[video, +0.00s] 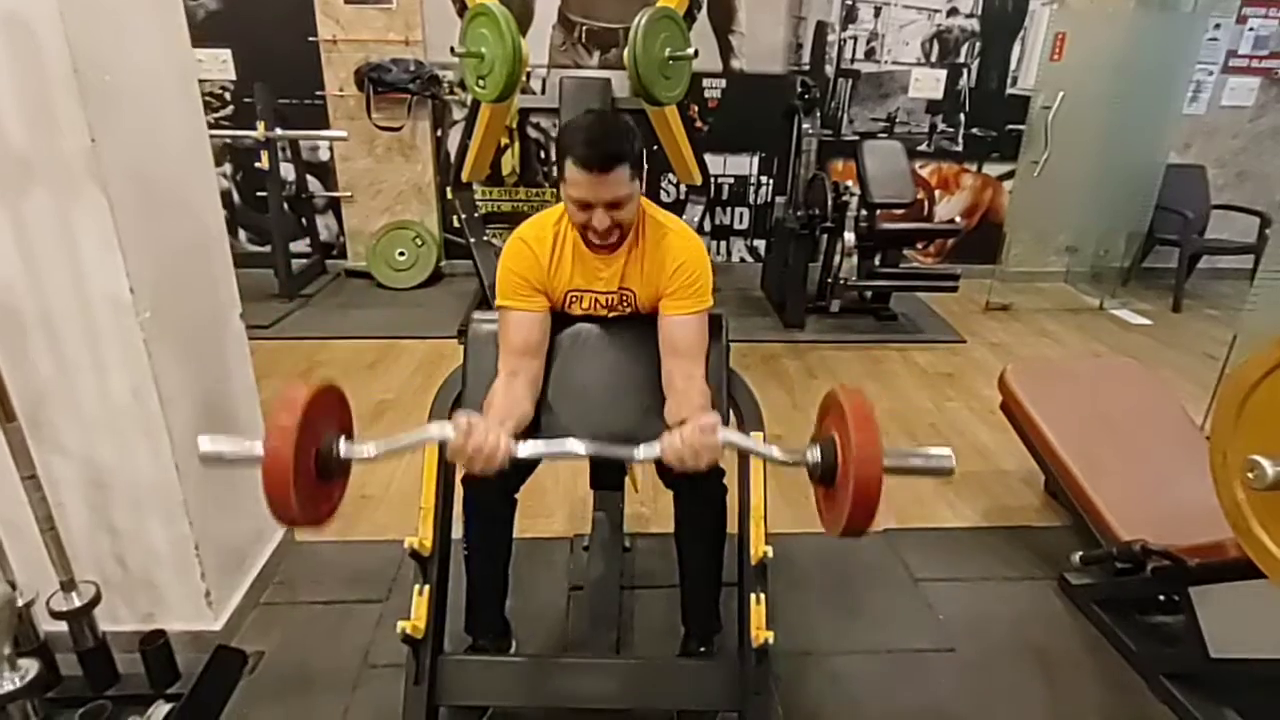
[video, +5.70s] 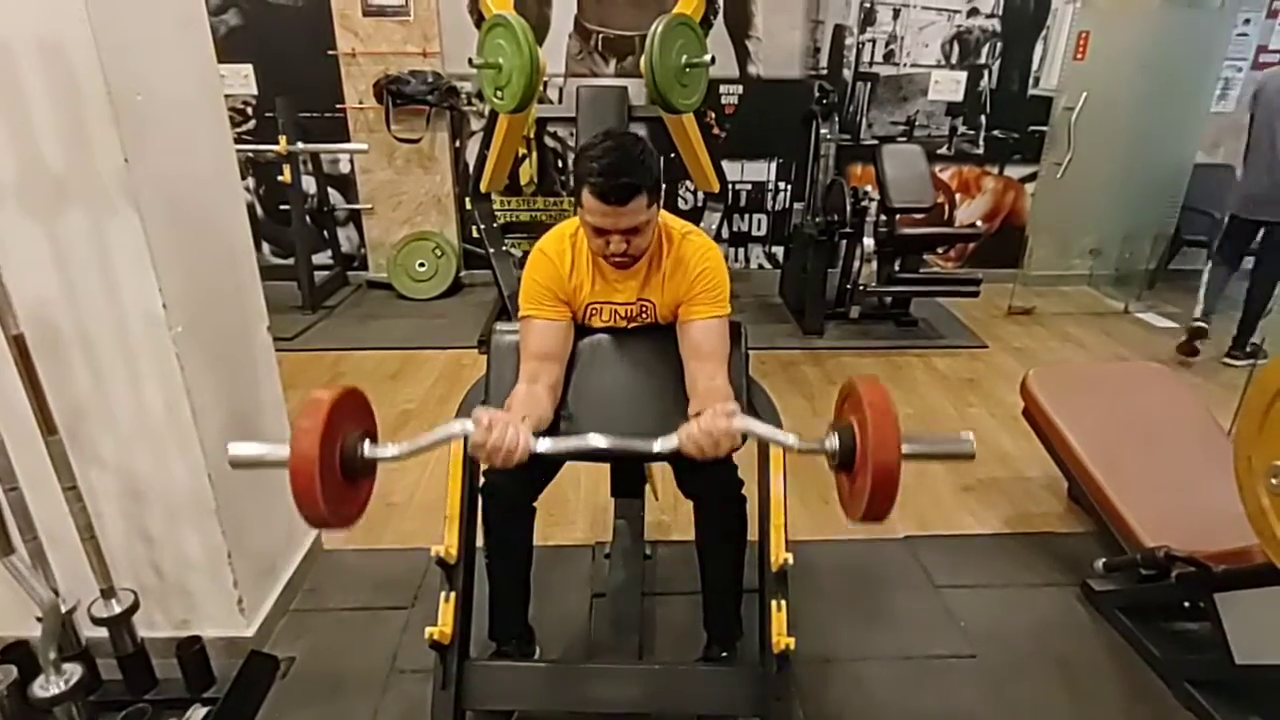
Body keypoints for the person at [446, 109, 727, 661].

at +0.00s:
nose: (600, 222)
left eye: (617, 204)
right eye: (583, 206)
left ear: (640, 184)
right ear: (562, 186)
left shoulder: (680, 251)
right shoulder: (530, 247)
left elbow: (686, 375)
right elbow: (516, 369)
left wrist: (693, 432)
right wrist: (494, 428)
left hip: (648, 391)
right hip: (556, 390)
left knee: (701, 469)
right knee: (486, 468)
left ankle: (701, 640)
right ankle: (486, 639)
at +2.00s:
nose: (617, 212)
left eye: (631, 194)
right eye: (600, 196)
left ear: (656, 183)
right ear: (577, 187)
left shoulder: (696, 249)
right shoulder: (551, 251)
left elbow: (710, 357)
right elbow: (544, 366)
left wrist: (712, 381)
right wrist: (516, 389)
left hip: (671, 392)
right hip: (579, 393)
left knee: (720, 475)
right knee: (508, 478)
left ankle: (725, 636)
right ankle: (514, 636)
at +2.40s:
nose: (618, 233)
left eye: (634, 216)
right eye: (600, 217)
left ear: (656, 197)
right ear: (581, 200)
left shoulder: (691, 248)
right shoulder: (555, 249)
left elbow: (709, 400)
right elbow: (542, 403)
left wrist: (711, 312)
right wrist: (527, 308)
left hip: (669, 381)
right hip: (578, 379)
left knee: (721, 479)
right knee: (509, 480)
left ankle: (724, 641)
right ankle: (515, 641)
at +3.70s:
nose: (647, 242)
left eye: (656, 228)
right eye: (629, 234)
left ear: (668, 201)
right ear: (590, 211)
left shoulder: (695, 248)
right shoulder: (548, 250)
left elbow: (708, 404)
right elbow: (538, 396)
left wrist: (704, 372)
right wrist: (514, 368)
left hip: (665, 387)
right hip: (576, 388)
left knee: (720, 477)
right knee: (504, 478)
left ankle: (723, 637)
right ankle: (511, 635)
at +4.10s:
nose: (647, 248)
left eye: (658, 234)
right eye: (629, 240)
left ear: (671, 204)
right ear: (594, 213)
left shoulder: (699, 252)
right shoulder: (550, 250)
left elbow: (707, 373)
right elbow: (536, 370)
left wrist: (712, 438)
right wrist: (515, 428)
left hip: (671, 393)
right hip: (575, 396)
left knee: (721, 467)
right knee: (504, 466)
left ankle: (723, 637)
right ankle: (510, 635)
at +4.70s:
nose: (622, 247)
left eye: (639, 235)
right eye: (607, 233)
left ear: (664, 209)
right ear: (587, 204)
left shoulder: (697, 255)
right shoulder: (551, 253)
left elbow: (708, 390)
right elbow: (536, 385)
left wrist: (704, 509)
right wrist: (521, 507)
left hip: (671, 383)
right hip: (574, 382)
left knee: (722, 490)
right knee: (503, 480)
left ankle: (724, 636)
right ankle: (512, 637)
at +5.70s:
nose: (617, 246)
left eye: (632, 230)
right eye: (601, 231)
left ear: (656, 205)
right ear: (580, 208)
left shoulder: (696, 258)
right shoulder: (552, 257)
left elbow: (711, 383)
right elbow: (536, 379)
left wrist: (714, 425)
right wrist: (513, 427)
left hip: (666, 395)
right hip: (577, 393)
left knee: (718, 483)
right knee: (504, 485)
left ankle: (723, 643)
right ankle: (511, 645)